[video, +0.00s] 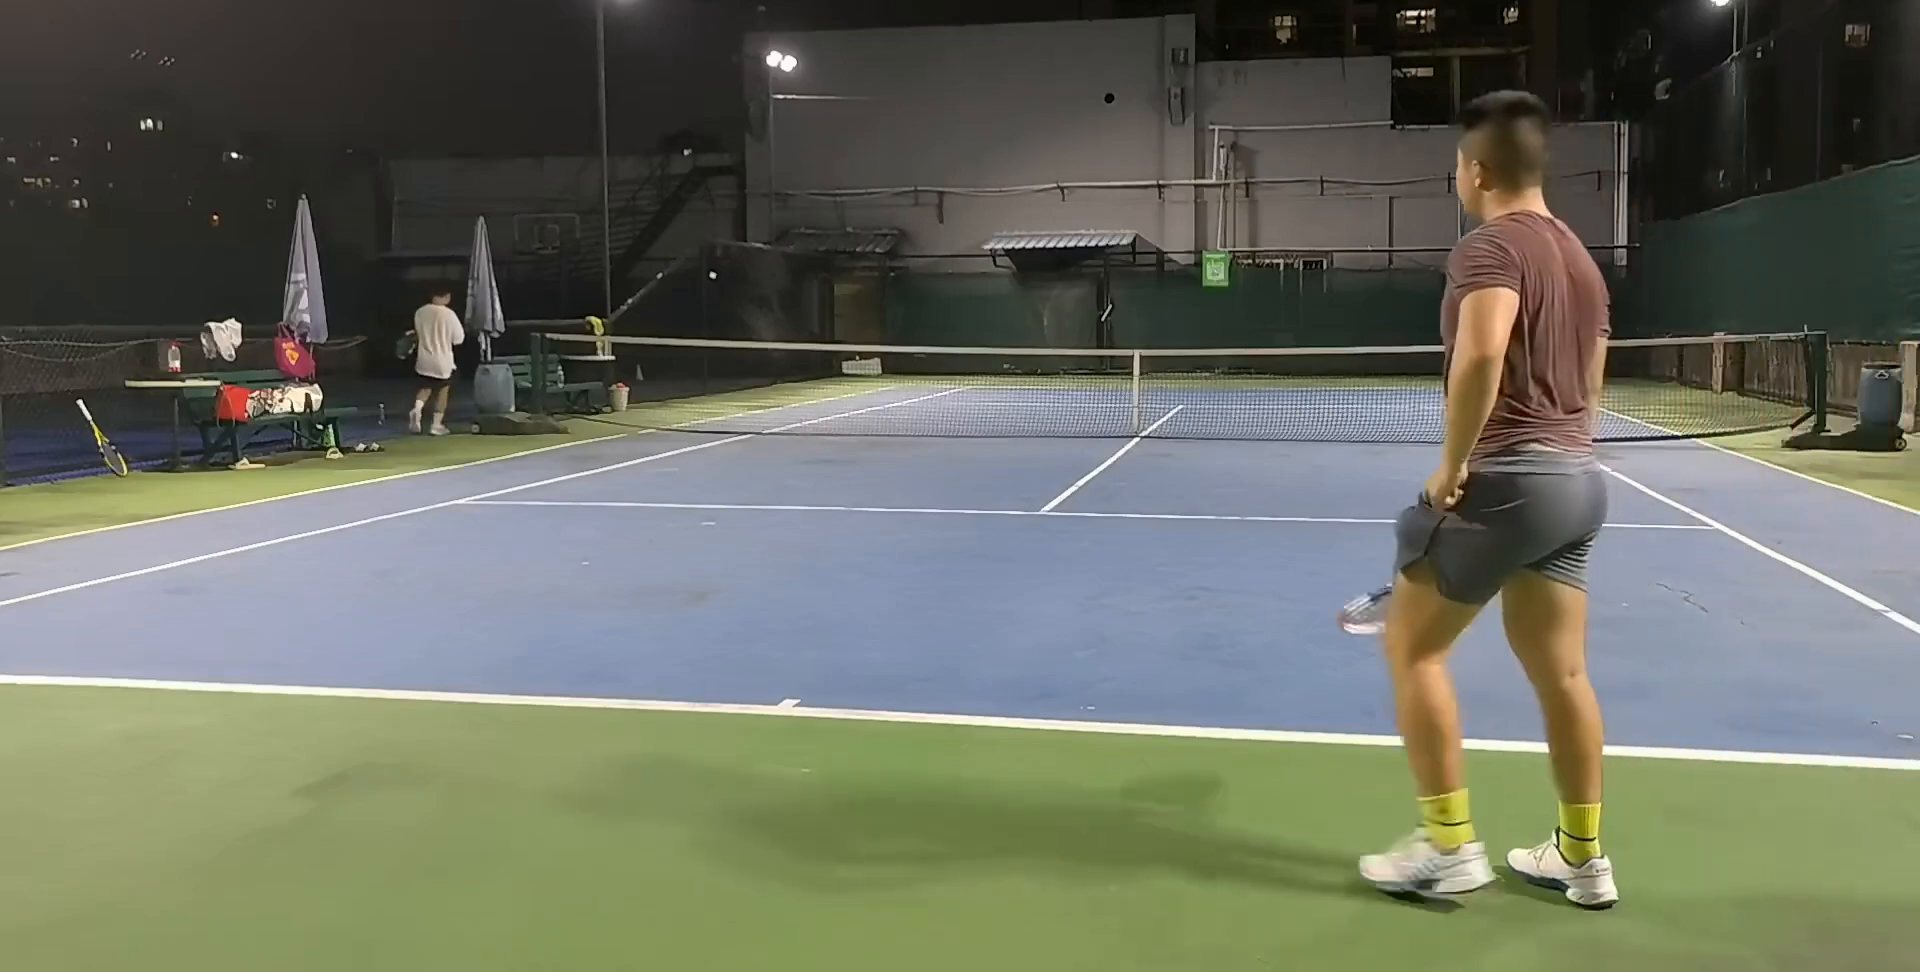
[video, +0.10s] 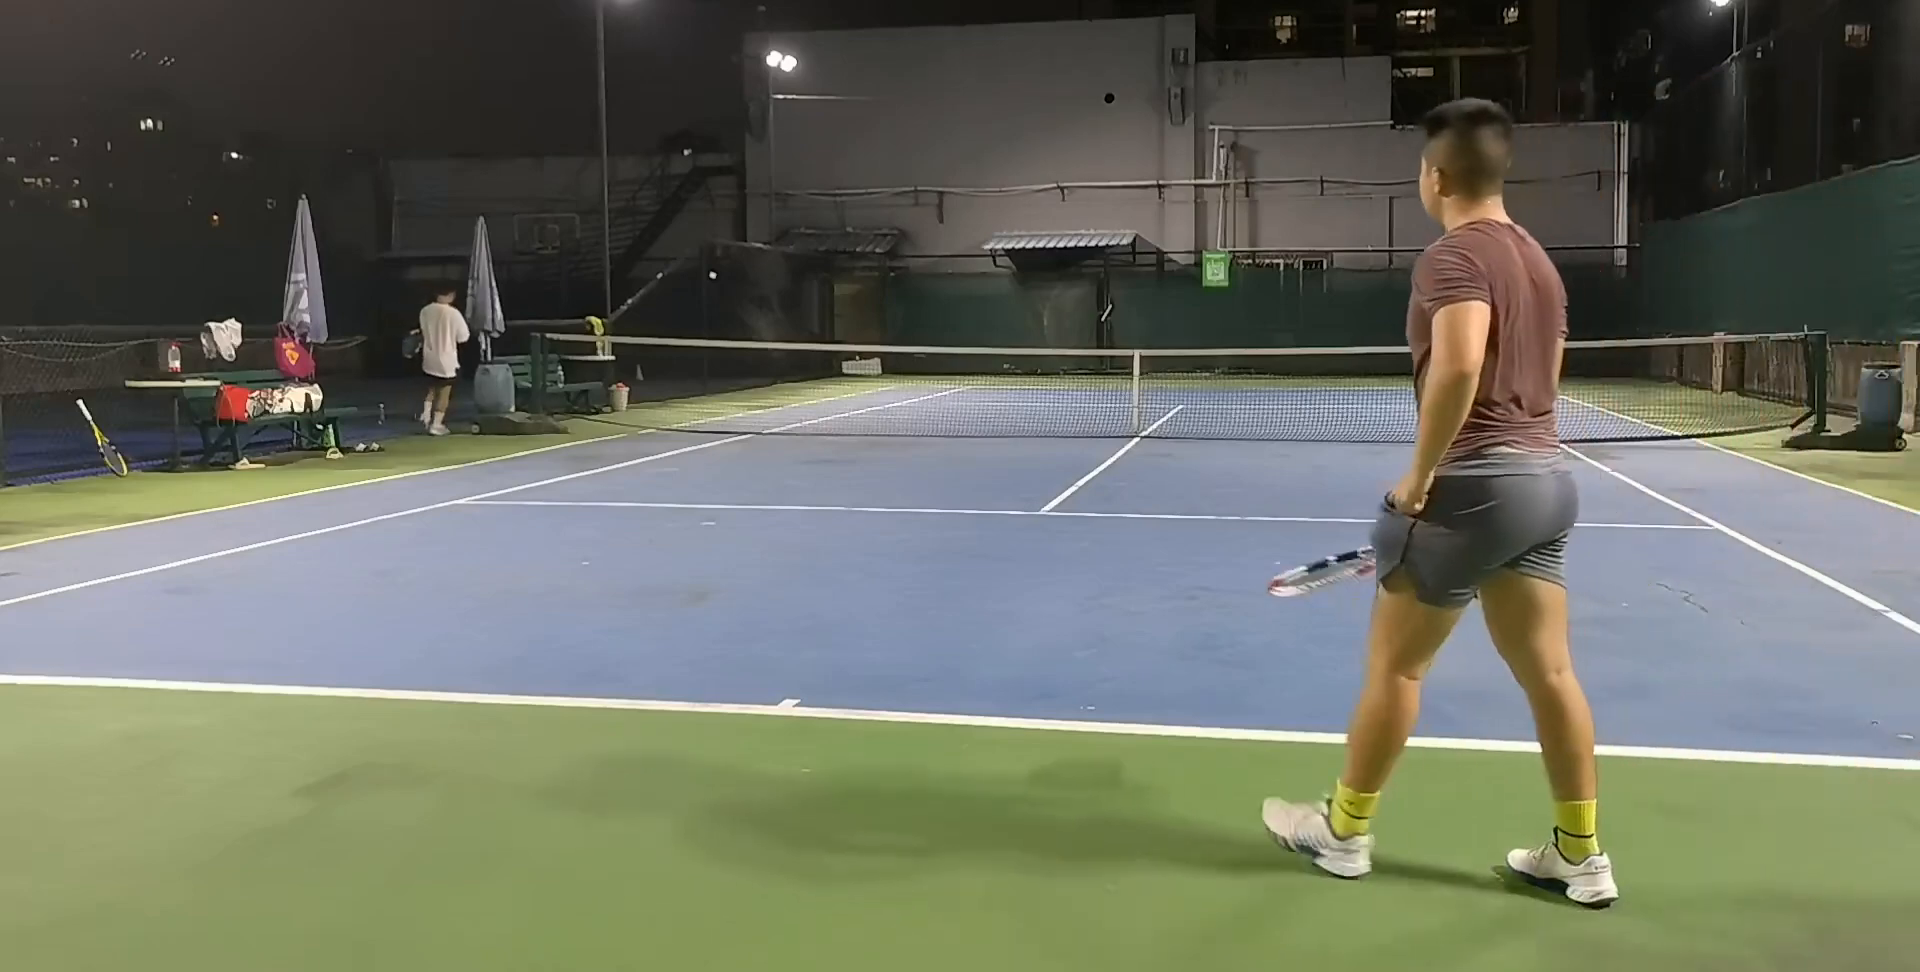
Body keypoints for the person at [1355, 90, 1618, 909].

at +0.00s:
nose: (1457, 176)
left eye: (1460, 163)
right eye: (1461, 162)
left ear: (1477, 169)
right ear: (1537, 169)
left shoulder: (1487, 246)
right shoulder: (1577, 258)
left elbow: (1480, 356)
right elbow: (1590, 384)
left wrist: (1451, 465)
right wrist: (1544, 450)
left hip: (1504, 478)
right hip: (1579, 477)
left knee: (1412, 644)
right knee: (1561, 667)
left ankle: (1448, 844)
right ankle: (1581, 854)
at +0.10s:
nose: (1420, 182)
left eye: (1423, 170)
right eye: (1424, 169)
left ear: (1438, 176)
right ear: (1501, 176)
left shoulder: (1453, 256)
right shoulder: (1538, 263)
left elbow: (1456, 371)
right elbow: (1540, 392)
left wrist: (1418, 478)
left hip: (1470, 483)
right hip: (1544, 478)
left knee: (1397, 664)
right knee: (1549, 670)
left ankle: (1343, 830)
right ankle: (1581, 855)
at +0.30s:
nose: (1335, 187)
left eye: (1339, 175)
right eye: (1339, 174)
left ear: (1356, 183)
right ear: (1415, 184)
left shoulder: (1368, 270)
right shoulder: (1458, 268)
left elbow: (1375, 383)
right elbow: (1459, 390)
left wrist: (1334, 477)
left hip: (1389, 480)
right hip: (1458, 476)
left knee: (1327, 654)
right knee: (1471, 652)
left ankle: (1312, 824)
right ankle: (1558, 822)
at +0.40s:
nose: (1298, 180)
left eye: (1301, 168)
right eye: (1302, 167)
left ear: (1317, 176)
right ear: (1374, 175)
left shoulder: (1329, 264)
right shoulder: (1421, 258)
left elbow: (1337, 376)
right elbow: (1436, 374)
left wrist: (1297, 469)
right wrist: (1381, 440)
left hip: (1349, 472)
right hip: (1420, 472)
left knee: (1310, 646)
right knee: (1401, 634)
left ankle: (1310, 821)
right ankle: (1511, 780)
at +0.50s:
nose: (1268, 182)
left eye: (1270, 170)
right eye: (1272, 168)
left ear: (1286, 176)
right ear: (1343, 175)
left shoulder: (1294, 262)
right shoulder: (1394, 257)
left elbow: (1299, 373)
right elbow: (1417, 367)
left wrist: (1271, 467)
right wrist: (1415, 446)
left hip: (1321, 467)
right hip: (1388, 465)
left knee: (1297, 645)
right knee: (1348, 626)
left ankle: (1310, 821)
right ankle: (1437, 761)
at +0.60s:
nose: (1241, 180)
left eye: (1244, 167)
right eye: (1244, 166)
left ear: (1258, 176)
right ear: (1315, 175)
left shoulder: (1263, 261)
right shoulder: (1364, 257)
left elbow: (1268, 373)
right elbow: (1400, 367)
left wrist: (1249, 473)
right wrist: (1417, 447)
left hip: (1297, 467)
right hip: (1362, 465)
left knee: (1288, 646)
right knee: (1303, 622)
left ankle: (1309, 821)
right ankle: (1343, 774)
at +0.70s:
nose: (1216, 184)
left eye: (1219, 172)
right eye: (1221, 171)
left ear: (1232, 180)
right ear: (1289, 180)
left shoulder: (1236, 264)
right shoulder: (1336, 260)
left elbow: (1243, 372)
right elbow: (1378, 367)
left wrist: (1227, 475)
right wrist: (1408, 451)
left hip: (1271, 469)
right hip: (1334, 467)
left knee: (1283, 653)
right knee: (1250, 612)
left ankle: (1312, 824)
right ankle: (1239, 772)